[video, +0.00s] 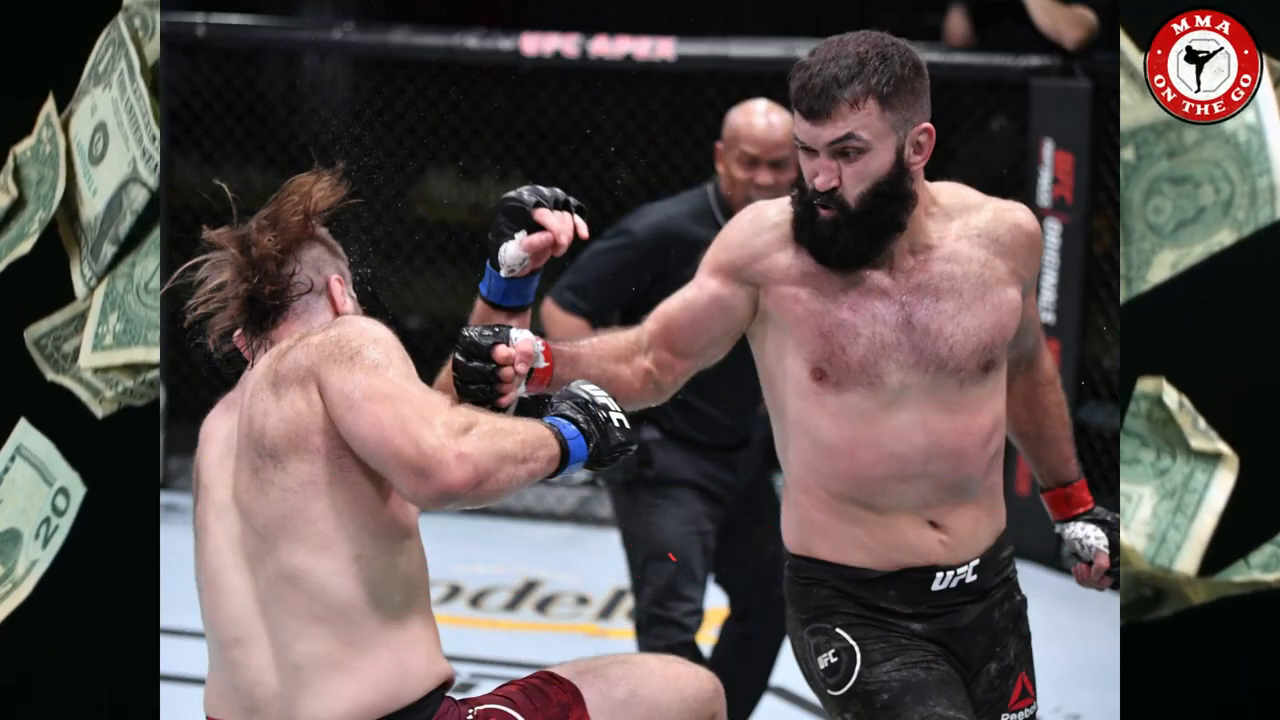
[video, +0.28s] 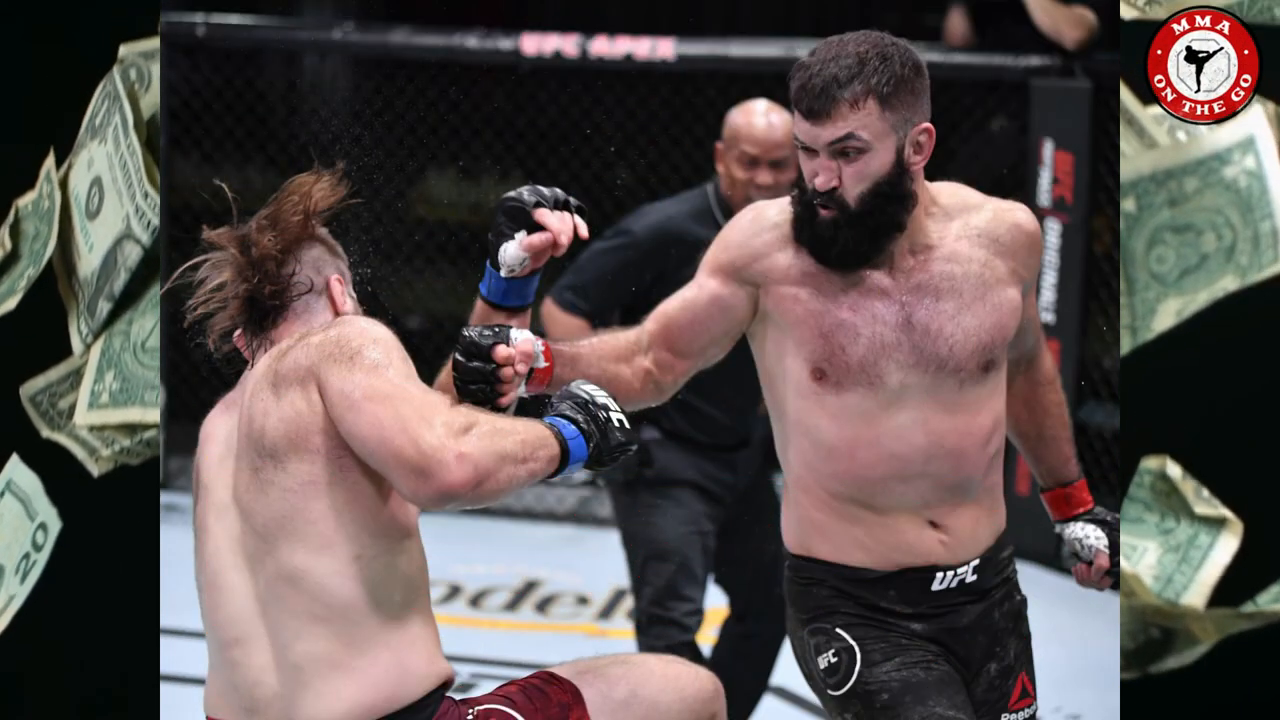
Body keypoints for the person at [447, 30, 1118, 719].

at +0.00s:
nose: (817, 177)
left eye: (845, 152)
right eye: (805, 151)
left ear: (918, 144)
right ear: (790, 140)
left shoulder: (1005, 235)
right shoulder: (758, 243)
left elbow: (1028, 367)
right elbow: (651, 361)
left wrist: (1075, 506)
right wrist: (538, 368)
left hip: (983, 594)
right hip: (845, 607)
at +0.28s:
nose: (817, 177)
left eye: (845, 152)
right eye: (805, 151)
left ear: (918, 144)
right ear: (790, 140)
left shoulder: (1005, 235)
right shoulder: (758, 243)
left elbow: (1028, 367)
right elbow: (651, 361)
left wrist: (1075, 507)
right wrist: (537, 368)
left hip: (983, 594)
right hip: (845, 607)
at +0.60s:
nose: (817, 177)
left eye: (845, 152)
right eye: (805, 151)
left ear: (918, 144)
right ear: (791, 140)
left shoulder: (1006, 235)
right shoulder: (758, 243)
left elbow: (1028, 367)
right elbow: (650, 361)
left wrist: (1076, 507)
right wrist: (538, 368)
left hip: (982, 595)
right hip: (845, 607)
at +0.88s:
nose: (818, 177)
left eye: (845, 151)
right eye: (805, 151)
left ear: (918, 143)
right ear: (790, 140)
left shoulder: (1006, 235)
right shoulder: (758, 243)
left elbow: (1028, 366)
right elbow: (650, 360)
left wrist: (1074, 506)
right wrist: (539, 368)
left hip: (982, 595)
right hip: (845, 607)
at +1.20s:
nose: (817, 177)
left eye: (845, 152)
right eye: (805, 151)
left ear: (918, 144)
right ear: (790, 140)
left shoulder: (1005, 235)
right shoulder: (758, 243)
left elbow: (1028, 367)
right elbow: (651, 361)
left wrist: (1076, 507)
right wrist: (538, 368)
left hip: (983, 594)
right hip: (845, 607)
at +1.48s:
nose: (817, 177)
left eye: (845, 152)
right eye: (805, 151)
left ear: (918, 144)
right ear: (791, 140)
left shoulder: (1006, 235)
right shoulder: (758, 243)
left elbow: (1028, 367)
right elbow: (650, 361)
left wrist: (1075, 507)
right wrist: (538, 368)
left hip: (982, 595)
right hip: (845, 607)